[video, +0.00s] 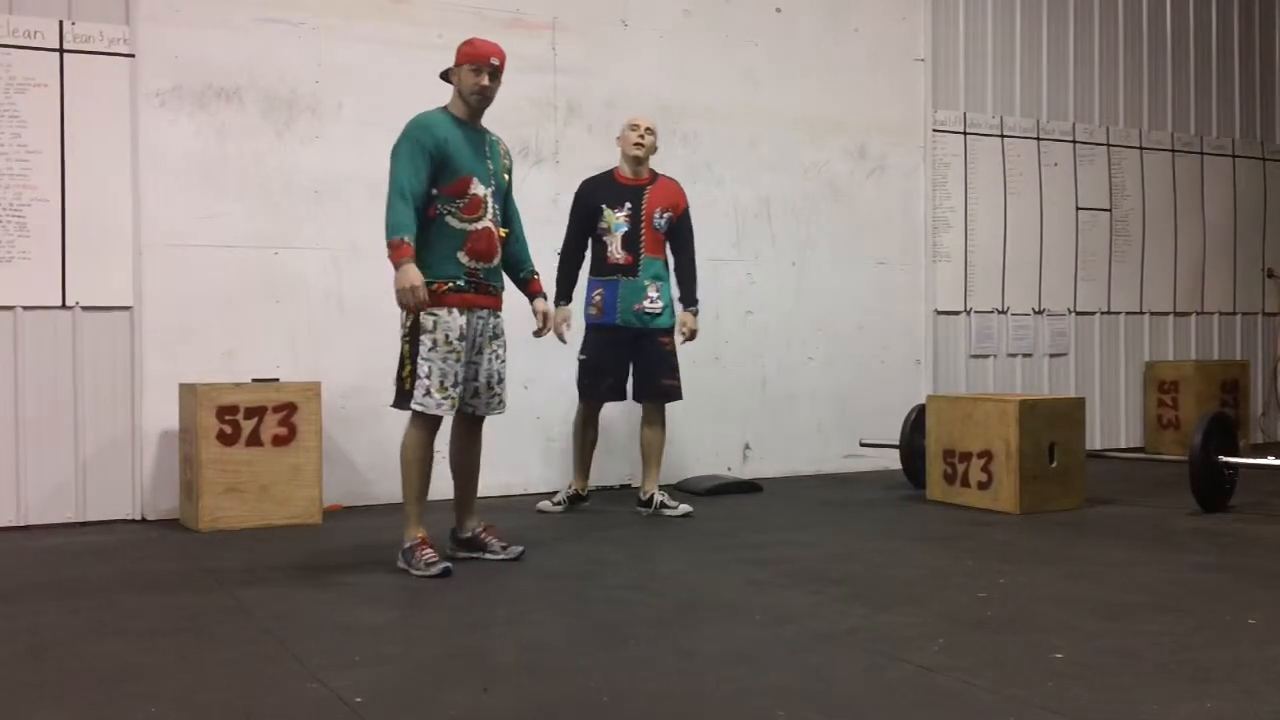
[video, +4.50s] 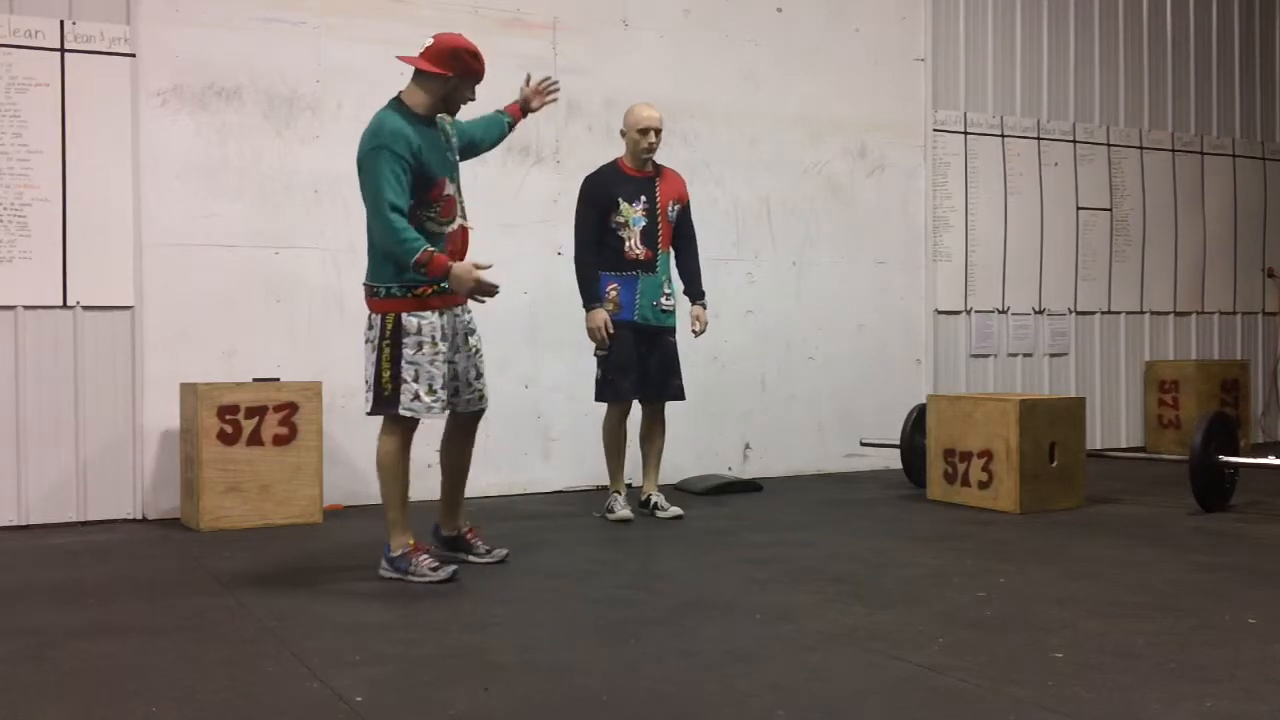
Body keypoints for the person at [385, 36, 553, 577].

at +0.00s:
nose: (485, 79)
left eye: (494, 73)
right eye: (476, 70)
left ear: (500, 84)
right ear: (453, 75)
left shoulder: (496, 149)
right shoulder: (426, 130)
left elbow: (508, 226)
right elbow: (401, 199)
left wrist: (537, 291)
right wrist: (404, 264)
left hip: (485, 302)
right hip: (438, 299)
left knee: (472, 413)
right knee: (427, 413)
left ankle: (466, 526)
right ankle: (414, 537)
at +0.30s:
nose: (500, 86)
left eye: (507, 80)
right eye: (491, 76)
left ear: (512, 89)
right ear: (468, 79)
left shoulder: (506, 151)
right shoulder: (440, 129)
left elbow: (516, 228)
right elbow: (413, 182)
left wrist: (543, 293)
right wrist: (406, 186)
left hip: (494, 300)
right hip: (448, 296)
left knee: (477, 416)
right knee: (439, 412)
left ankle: (468, 527)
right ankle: (417, 536)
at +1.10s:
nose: (488, 78)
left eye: (496, 70)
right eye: (477, 68)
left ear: (502, 78)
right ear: (455, 73)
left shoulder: (502, 145)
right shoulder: (432, 131)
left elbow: (517, 224)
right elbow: (412, 194)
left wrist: (547, 287)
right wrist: (421, 241)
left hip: (495, 301)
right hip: (448, 297)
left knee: (480, 415)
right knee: (442, 415)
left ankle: (470, 529)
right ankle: (436, 544)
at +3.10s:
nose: (505, 105)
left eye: (508, 96)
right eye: (504, 93)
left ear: (479, 83)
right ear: (481, 83)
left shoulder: (478, 144)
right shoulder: (431, 128)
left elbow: (484, 225)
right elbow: (431, 201)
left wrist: (522, 282)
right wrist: (464, 228)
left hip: (472, 298)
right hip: (440, 297)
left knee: (457, 416)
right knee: (440, 417)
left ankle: (450, 531)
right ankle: (434, 546)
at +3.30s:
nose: (506, 115)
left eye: (509, 104)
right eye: (506, 102)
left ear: (476, 86)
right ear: (487, 89)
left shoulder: (462, 139)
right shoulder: (437, 132)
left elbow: (472, 225)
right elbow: (465, 198)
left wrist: (525, 250)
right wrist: (531, 199)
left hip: (464, 294)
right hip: (444, 296)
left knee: (463, 412)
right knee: (454, 413)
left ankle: (449, 530)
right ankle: (437, 543)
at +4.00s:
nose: (495, 105)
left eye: (497, 95)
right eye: (494, 94)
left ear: (463, 83)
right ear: (472, 86)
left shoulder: (454, 132)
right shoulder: (418, 134)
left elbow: (483, 175)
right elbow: (451, 212)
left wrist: (530, 165)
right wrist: (525, 230)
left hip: (457, 296)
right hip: (422, 298)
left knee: (447, 419)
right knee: (415, 419)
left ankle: (448, 532)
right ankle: (402, 546)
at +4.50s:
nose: (468, 100)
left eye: (469, 92)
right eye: (467, 90)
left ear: (441, 79)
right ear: (446, 81)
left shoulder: (436, 125)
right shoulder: (387, 136)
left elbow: (473, 136)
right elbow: (389, 227)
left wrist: (520, 106)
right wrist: (446, 269)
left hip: (449, 295)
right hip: (404, 302)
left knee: (468, 408)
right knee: (400, 419)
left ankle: (451, 528)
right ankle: (400, 549)